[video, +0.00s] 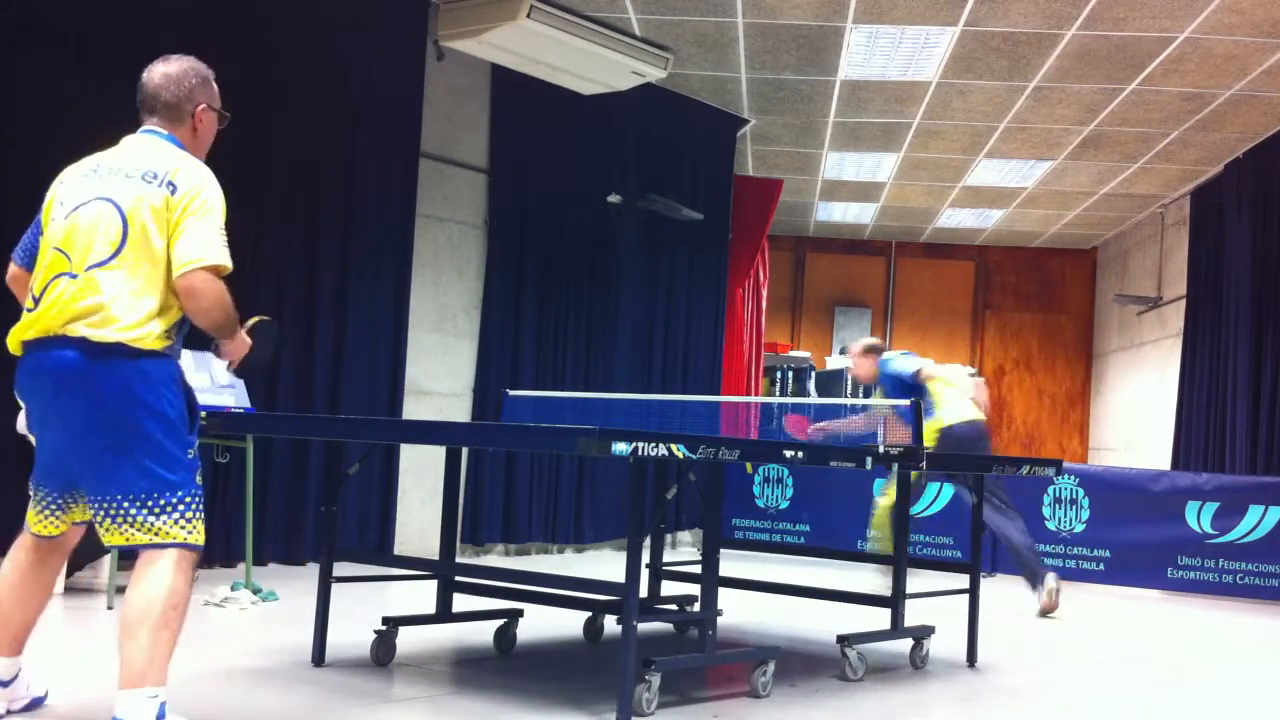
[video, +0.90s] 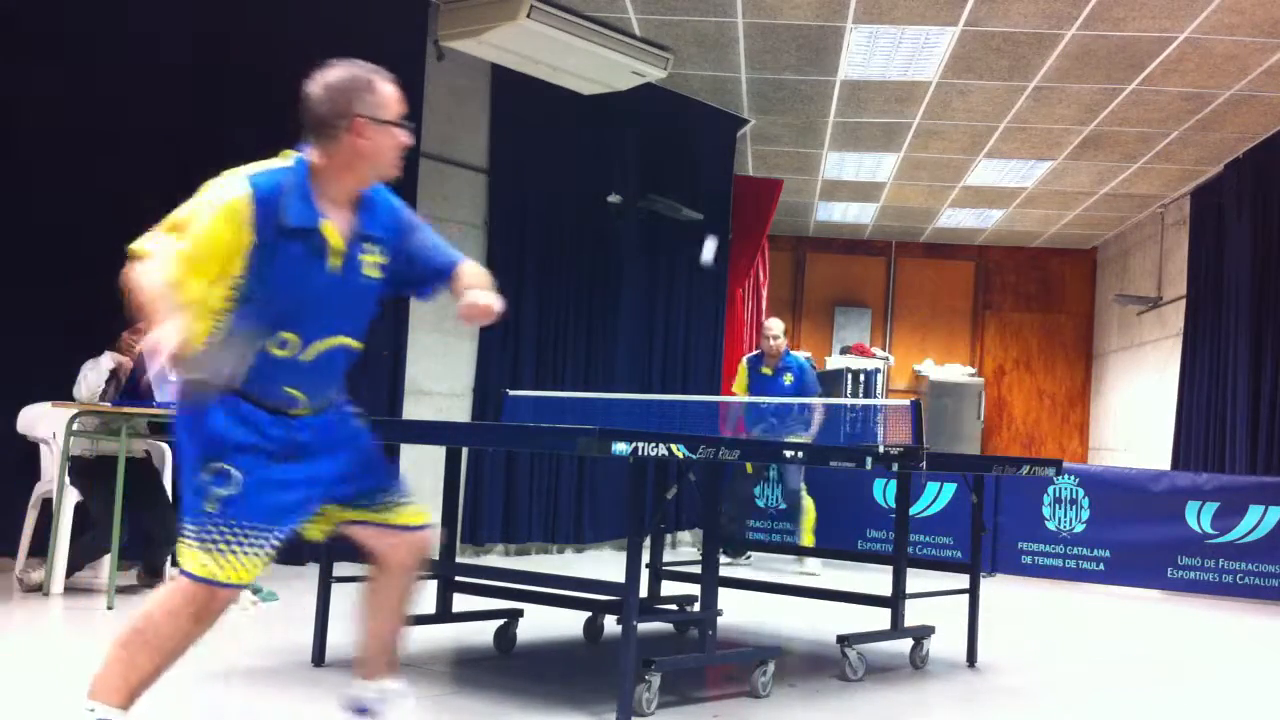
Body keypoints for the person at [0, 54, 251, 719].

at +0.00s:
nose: (216, 127)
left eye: (217, 115)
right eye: (216, 115)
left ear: (145, 112)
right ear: (199, 116)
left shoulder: (77, 172)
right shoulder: (193, 180)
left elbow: (20, 272)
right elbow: (197, 283)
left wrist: (75, 323)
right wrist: (230, 335)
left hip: (45, 366)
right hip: (129, 369)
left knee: (49, 527)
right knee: (171, 541)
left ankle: (1, 675)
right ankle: (140, 710)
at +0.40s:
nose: (241, 123)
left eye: (241, 111)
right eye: (239, 111)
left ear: (172, 112)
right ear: (212, 116)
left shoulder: (129, 163)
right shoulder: (166, 185)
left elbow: (91, 283)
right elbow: (135, 295)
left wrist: (178, 352)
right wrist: (226, 340)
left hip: (52, 368)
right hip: (96, 376)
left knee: (76, 534)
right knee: (184, 543)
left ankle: (2, 674)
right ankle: (97, 704)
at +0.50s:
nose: (252, 117)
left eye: (252, 104)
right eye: (248, 103)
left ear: (192, 106)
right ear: (221, 109)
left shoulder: (164, 169)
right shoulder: (159, 182)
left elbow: (160, 294)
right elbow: (119, 299)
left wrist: (224, 339)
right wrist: (227, 339)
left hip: (108, 377)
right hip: (113, 381)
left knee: (108, 539)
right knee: (179, 551)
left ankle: (15, 671)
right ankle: (87, 708)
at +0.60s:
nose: (278, 115)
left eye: (277, 102)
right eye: (271, 100)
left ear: (228, 103)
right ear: (234, 102)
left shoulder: (235, 181)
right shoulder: (146, 178)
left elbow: (255, 279)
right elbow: (96, 297)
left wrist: (284, 334)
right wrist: (211, 358)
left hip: (183, 378)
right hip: (120, 374)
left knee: (188, 548)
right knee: (168, 546)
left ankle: (82, 665)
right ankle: (84, 702)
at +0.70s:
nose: (314, 121)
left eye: (313, 106)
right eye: (305, 106)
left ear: (266, 110)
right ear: (265, 109)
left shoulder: (282, 187)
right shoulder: (159, 183)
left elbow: (337, 268)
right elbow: (90, 288)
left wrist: (348, 317)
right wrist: (166, 382)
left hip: (225, 392)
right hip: (143, 386)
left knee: (261, 539)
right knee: (178, 553)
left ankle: (164, 660)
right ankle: (81, 705)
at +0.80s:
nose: (357, 129)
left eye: (356, 115)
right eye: (347, 114)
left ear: (308, 120)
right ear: (304, 118)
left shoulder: (331, 197)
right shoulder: (195, 190)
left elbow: (403, 261)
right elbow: (106, 282)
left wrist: (422, 303)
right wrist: (134, 378)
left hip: (277, 409)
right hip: (197, 405)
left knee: (332, 541)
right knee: (189, 565)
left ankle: (265, 672)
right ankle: (89, 706)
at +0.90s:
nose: (408, 139)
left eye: (406, 124)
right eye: (398, 124)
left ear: (360, 134)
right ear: (352, 132)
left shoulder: (383, 213)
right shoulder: (251, 195)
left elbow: (458, 270)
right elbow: (152, 260)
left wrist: (477, 294)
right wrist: (168, 319)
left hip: (323, 421)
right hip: (234, 418)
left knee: (405, 542)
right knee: (207, 587)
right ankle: (100, 707)